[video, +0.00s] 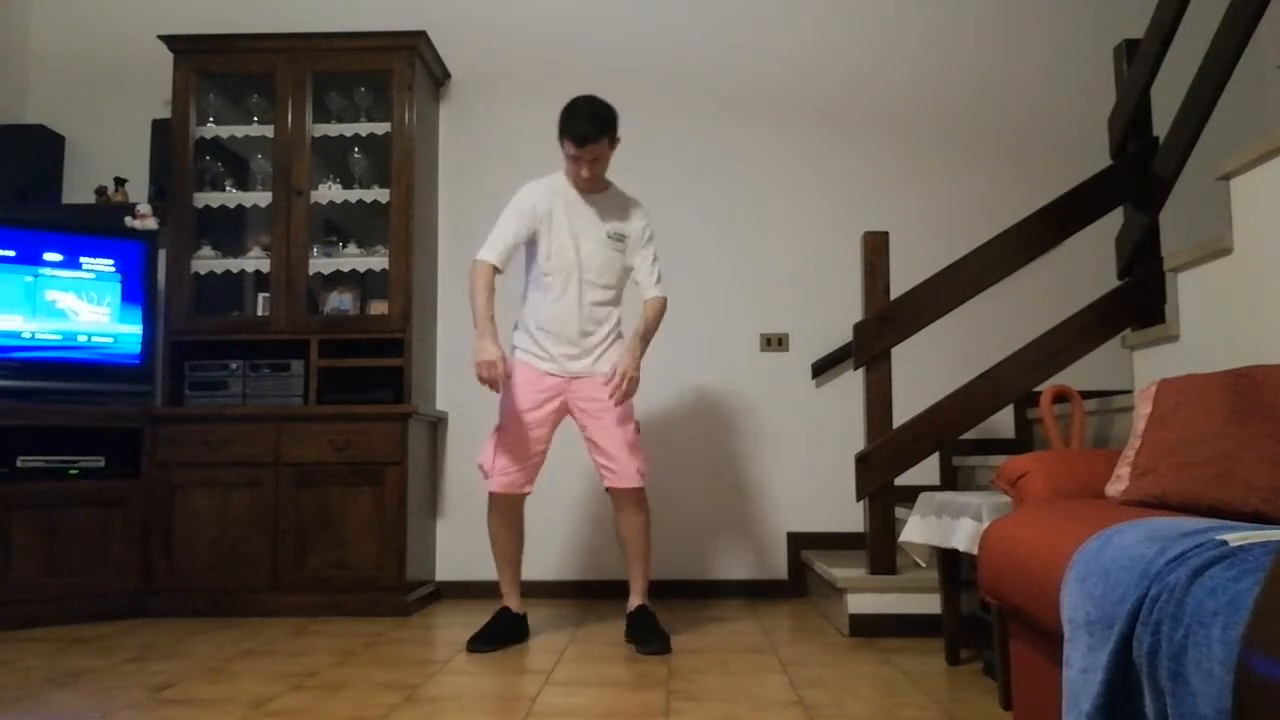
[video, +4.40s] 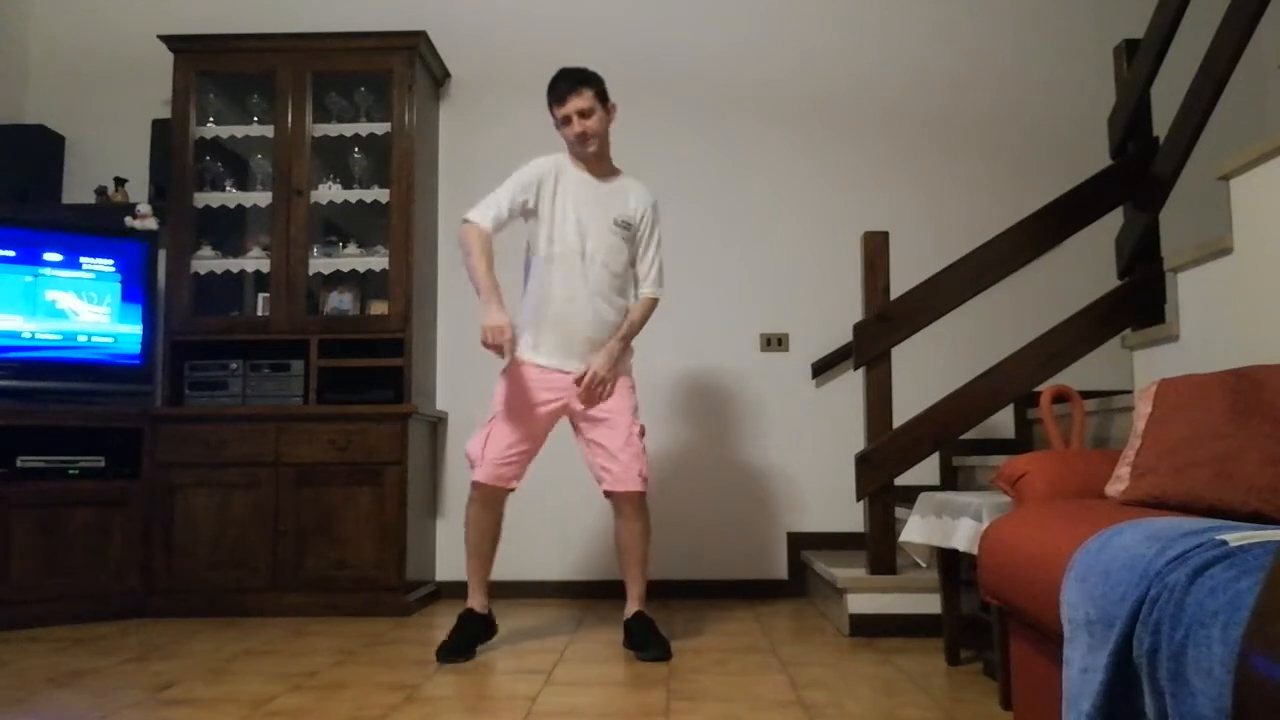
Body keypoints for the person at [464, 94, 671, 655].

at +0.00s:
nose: (585, 171)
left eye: (596, 159)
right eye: (575, 159)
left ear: (615, 146)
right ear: (560, 146)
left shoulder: (631, 214)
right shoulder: (535, 199)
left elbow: (654, 297)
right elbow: (483, 266)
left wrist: (635, 346)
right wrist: (485, 339)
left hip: (603, 369)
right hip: (533, 366)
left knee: (629, 483)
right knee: (504, 483)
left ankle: (639, 607)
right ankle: (511, 610)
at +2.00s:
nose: (590, 117)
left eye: (601, 108)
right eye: (580, 109)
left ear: (622, 117)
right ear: (570, 120)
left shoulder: (639, 195)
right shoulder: (547, 186)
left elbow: (668, 271)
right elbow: (477, 242)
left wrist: (662, 314)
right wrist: (450, 298)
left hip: (614, 363)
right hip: (542, 358)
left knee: (634, 482)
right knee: (495, 469)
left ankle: (638, 609)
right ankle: (492, 603)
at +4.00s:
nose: (526, 130)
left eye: (539, 119)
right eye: (517, 120)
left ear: (563, 126)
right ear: (508, 127)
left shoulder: (596, 179)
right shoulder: (508, 211)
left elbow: (662, 234)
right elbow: (492, 298)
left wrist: (641, 289)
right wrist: (509, 338)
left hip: (605, 369)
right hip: (536, 374)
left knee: (630, 484)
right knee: (508, 489)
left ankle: (638, 612)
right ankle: (513, 614)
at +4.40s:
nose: (579, 126)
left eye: (588, 113)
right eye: (568, 119)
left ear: (610, 112)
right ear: (557, 126)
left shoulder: (636, 198)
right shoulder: (544, 174)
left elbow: (648, 291)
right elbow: (474, 229)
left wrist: (615, 348)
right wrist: (492, 306)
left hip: (605, 372)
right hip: (532, 367)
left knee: (630, 488)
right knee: (488, 481)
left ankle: (636, 613)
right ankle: (476, 609)